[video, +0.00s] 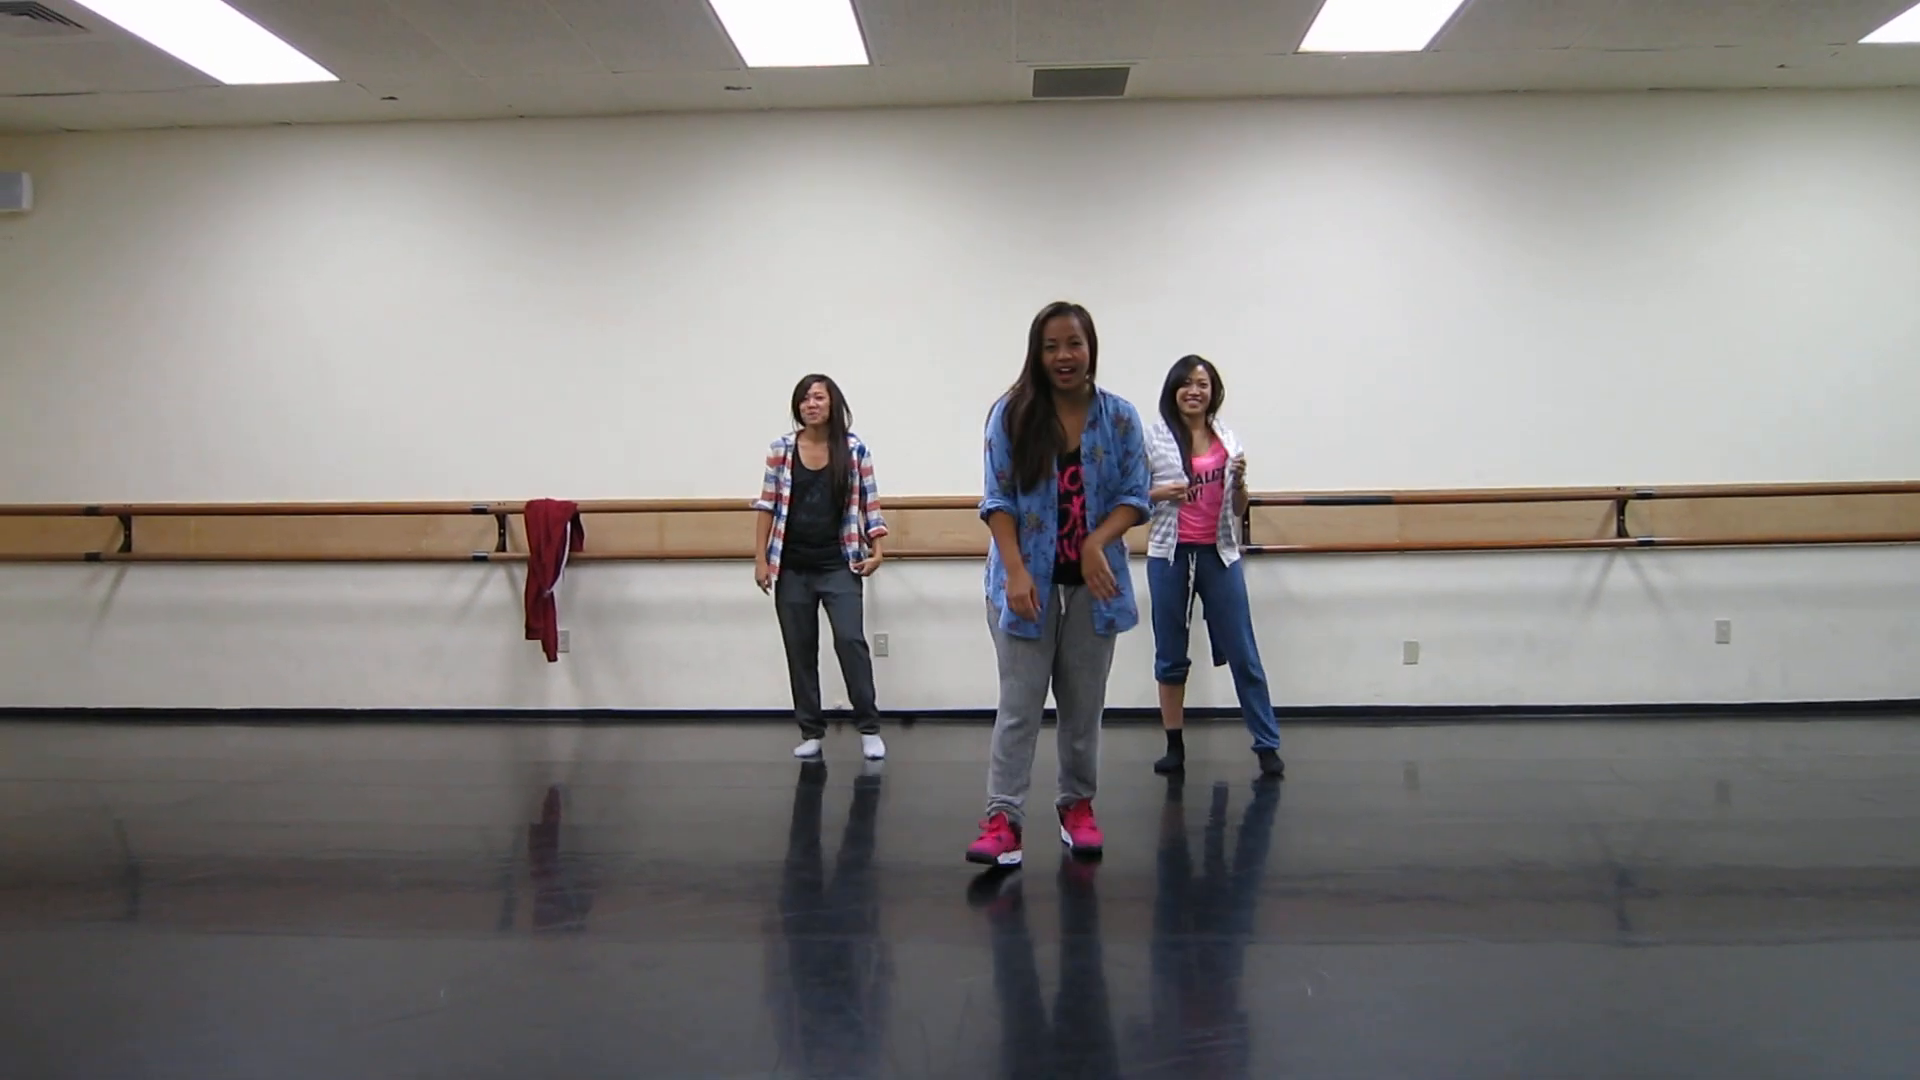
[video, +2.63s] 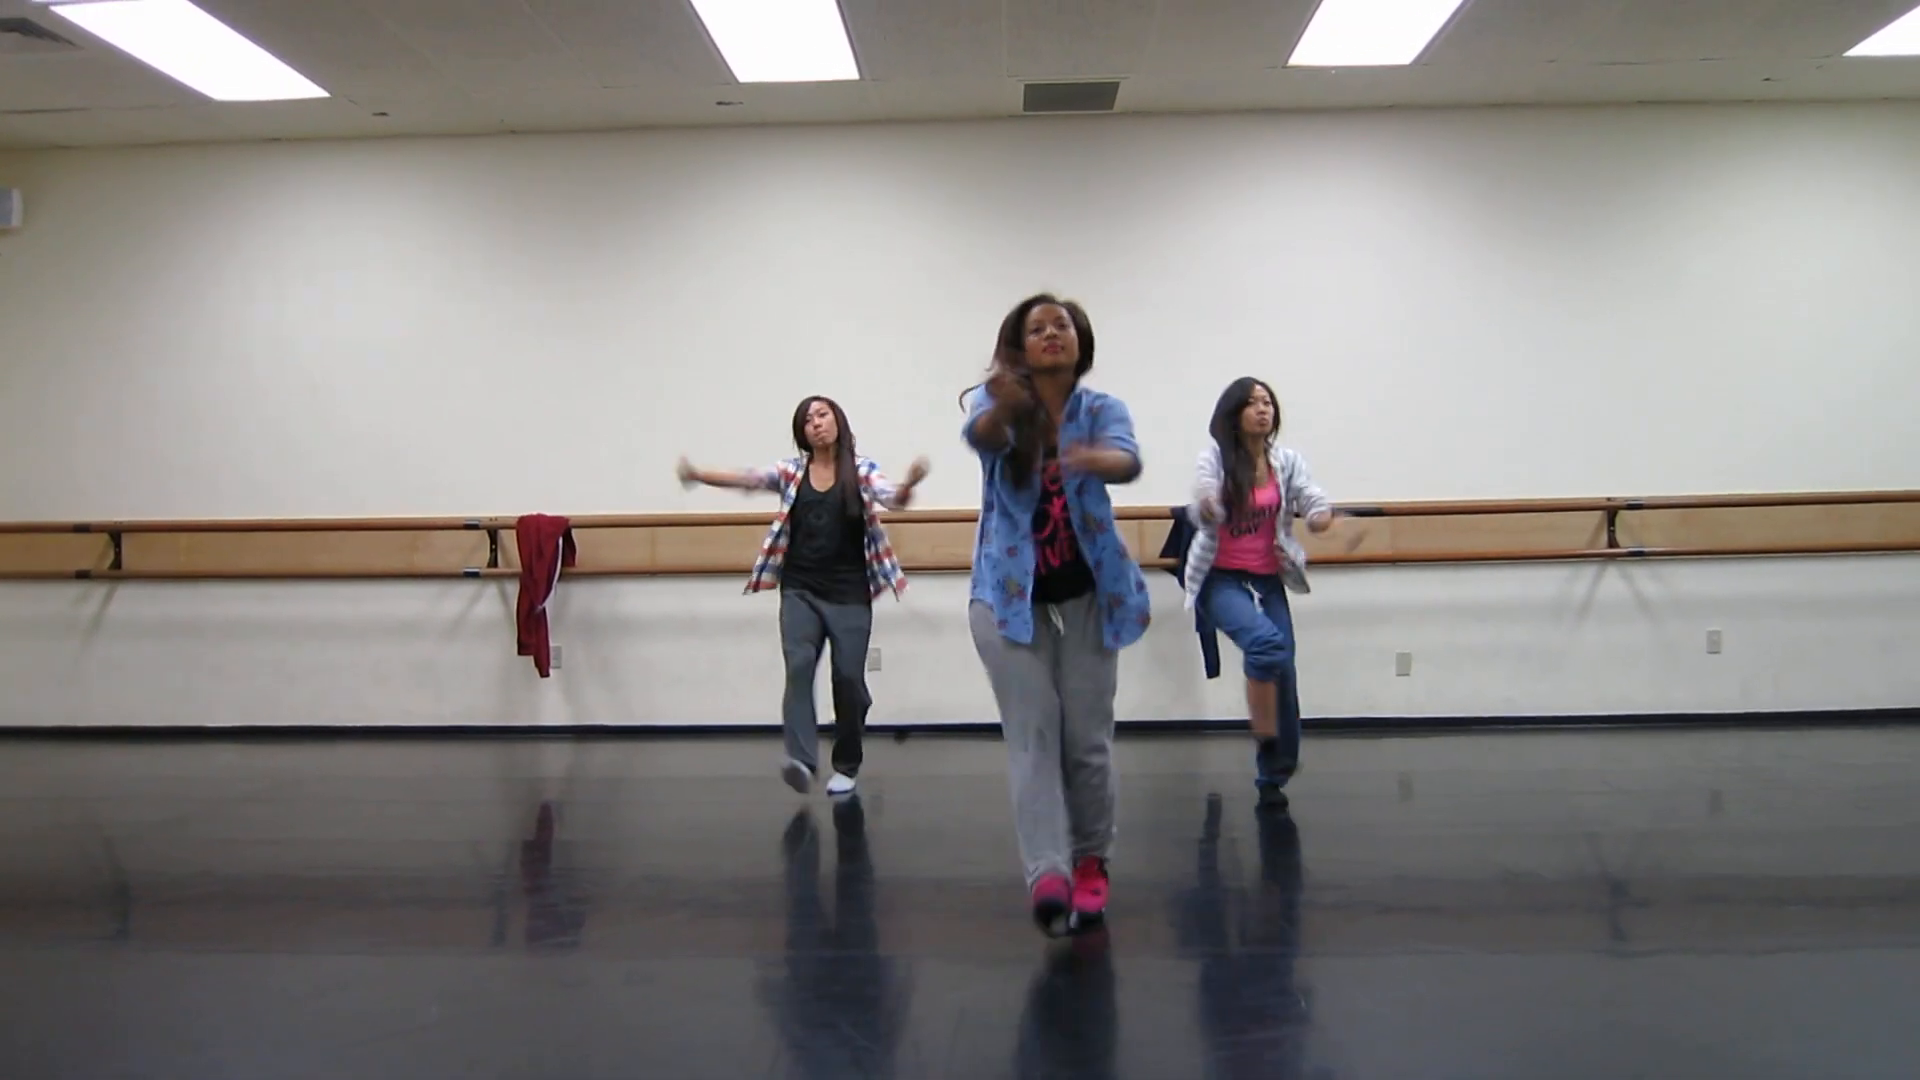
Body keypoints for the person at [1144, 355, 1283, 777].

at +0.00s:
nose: (1195, 391)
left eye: (1202, 385)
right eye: (1187, 384)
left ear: (1214, 392)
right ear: (1172, 391)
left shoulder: (1226, 438)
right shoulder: (1152, 438)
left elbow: (1238, 510)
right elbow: (1129, 497)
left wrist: (1238, 482)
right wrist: (1161, 492)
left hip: (1219, 554)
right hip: (1169, 555)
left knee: (1243, 652)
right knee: (1171, 656)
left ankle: (1267, 746)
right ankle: (1173, 748)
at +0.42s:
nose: (1229, 395)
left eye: (1236, 388)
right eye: (1220, 389)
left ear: (1248, 397)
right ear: (1206, 398)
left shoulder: (1264, 445)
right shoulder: (1184, 447)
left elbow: (1274, 495)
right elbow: (1168, 507)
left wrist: (1275, 512)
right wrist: (1192, 545)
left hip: (1253, 562)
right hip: (1200, 561)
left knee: (1283, 657)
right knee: (1191, 658)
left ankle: (1307, 748)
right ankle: (1176, 753)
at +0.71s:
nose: (1276, 392)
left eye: (1283, 385)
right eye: (1268, 387)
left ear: (1295, 393)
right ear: (1254, 397)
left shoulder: (1313, 440)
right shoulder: (1236, 448)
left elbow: (1323, 491)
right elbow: (1226, 512)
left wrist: (1333, 504)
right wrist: (1223, 569)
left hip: (1306, 558)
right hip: (1256, 559)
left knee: (1308, 657)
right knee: (1228, 647)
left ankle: (1311, 747)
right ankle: (1200, 745)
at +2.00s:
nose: (1243, 396)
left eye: (1251, 390)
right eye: (1234, 390)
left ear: (1263, 399)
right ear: (1221, 400)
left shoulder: (1282, 448)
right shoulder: (1201, 449)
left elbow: (1296, 509)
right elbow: (1187, 512)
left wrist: (1305, 564)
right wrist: (1187, 569)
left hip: (1265, 567)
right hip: (1214, 566)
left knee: (1283, 661)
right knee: (1206, 665)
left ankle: (1297, 746)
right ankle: (1203, 754)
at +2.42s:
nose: (1233, 397)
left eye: (1240, 390)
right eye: (1223, 393)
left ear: (1253, 399)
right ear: (1210, 406)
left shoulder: (1275, 445)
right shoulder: (1198, 450)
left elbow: (1303, 484)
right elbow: (1171, 487)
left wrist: (1322, 512)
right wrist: (1156, 520)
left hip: (1262, 579)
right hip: (1209, 577)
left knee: (1270, 679)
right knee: (1201, 676)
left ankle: (1270, 780)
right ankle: (1200, 751)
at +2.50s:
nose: (1248, 393)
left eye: (1253, 386)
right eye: (1237, 388)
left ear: (1262, 398)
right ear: (1213, 404)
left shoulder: (1278, 438)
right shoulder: (1198, 451)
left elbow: (1301, 474)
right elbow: (1159, 496)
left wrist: (1332, 474)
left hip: (1268, 574)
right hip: (1214, 574)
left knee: (1275, 678)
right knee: (1217, 671)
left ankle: (1271, 777)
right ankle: (1216, 710)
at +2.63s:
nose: (1261, 409)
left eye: (1267, 402)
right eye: (1251, 403)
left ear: (1275, 412)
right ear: (1232, 414)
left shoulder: (1287, 460)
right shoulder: (1214, 458)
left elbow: (1313, 503)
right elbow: (1203, 511)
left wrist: (1319, 515)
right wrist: (1212, 506)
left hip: (1268, 579)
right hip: (1219, 578)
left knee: (1281, 668)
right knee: (1266, 641)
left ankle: (1273, 773)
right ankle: (1267, 742)